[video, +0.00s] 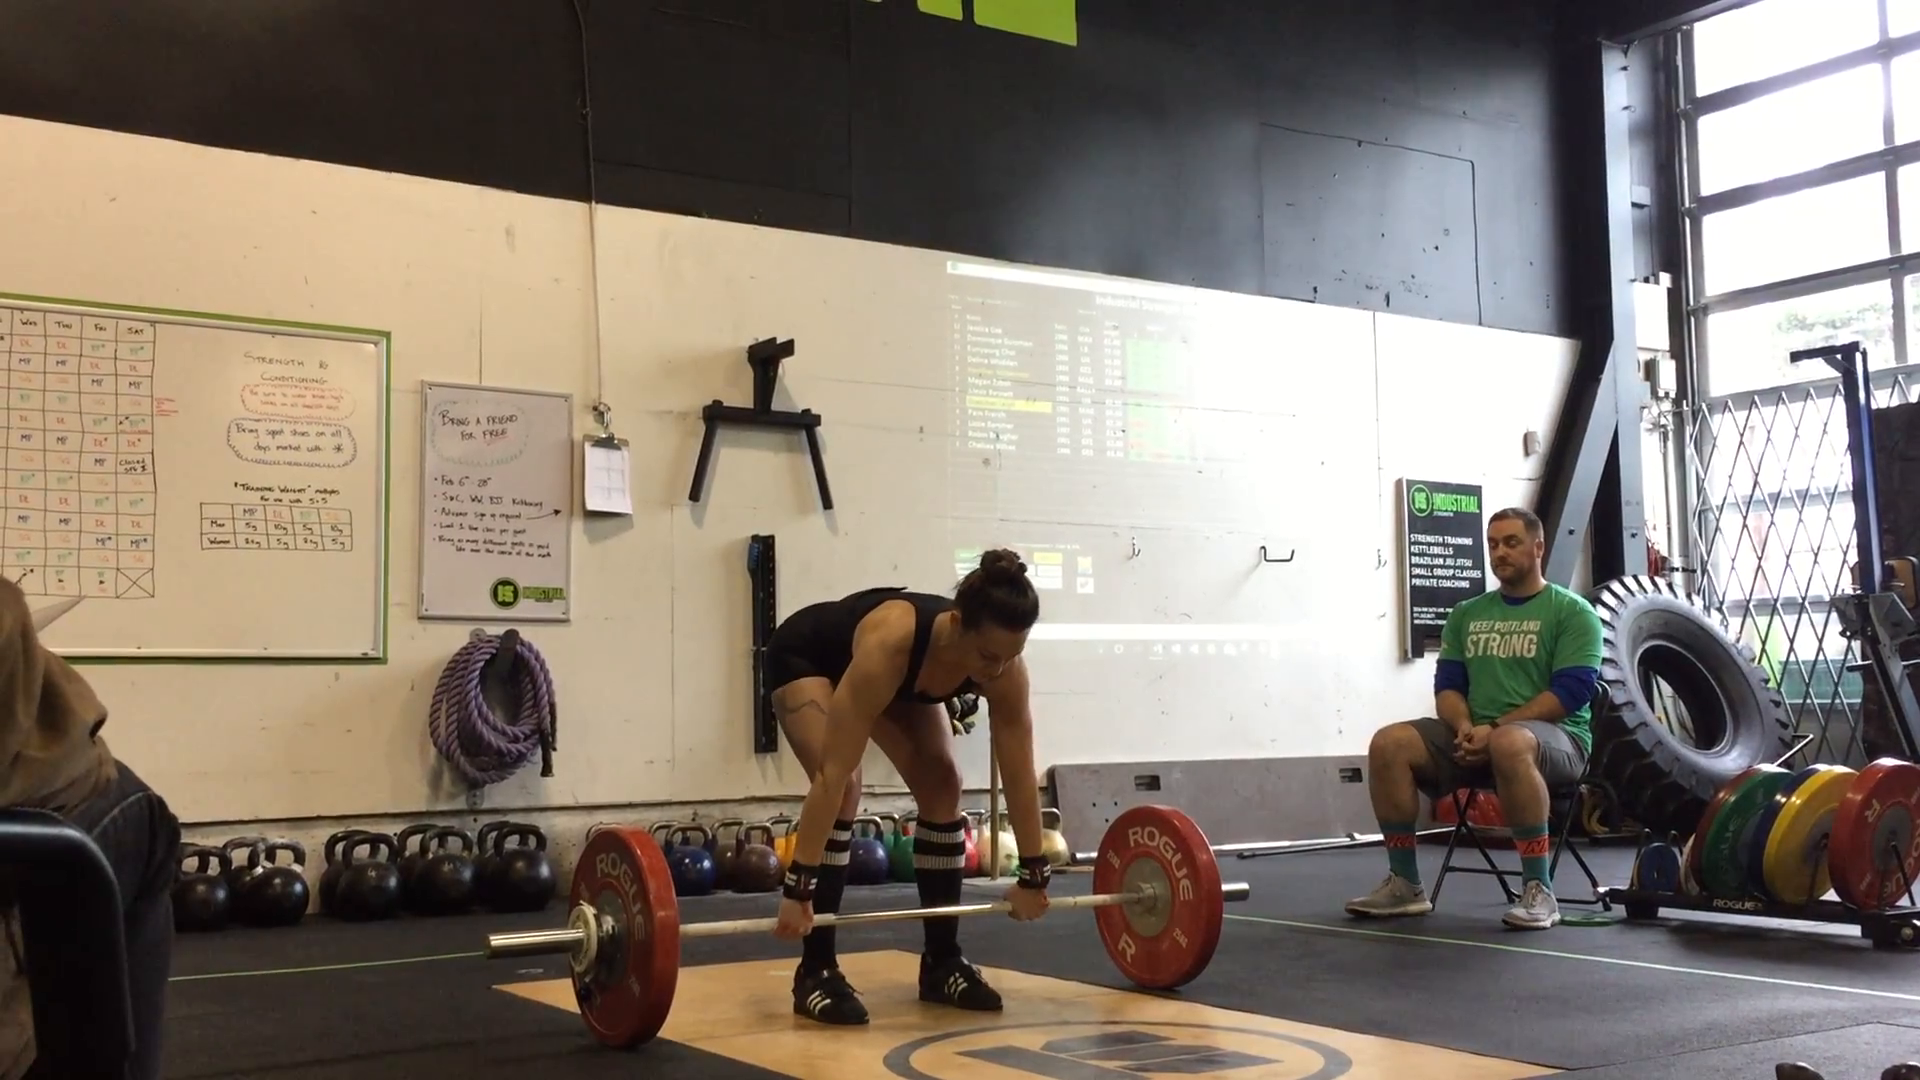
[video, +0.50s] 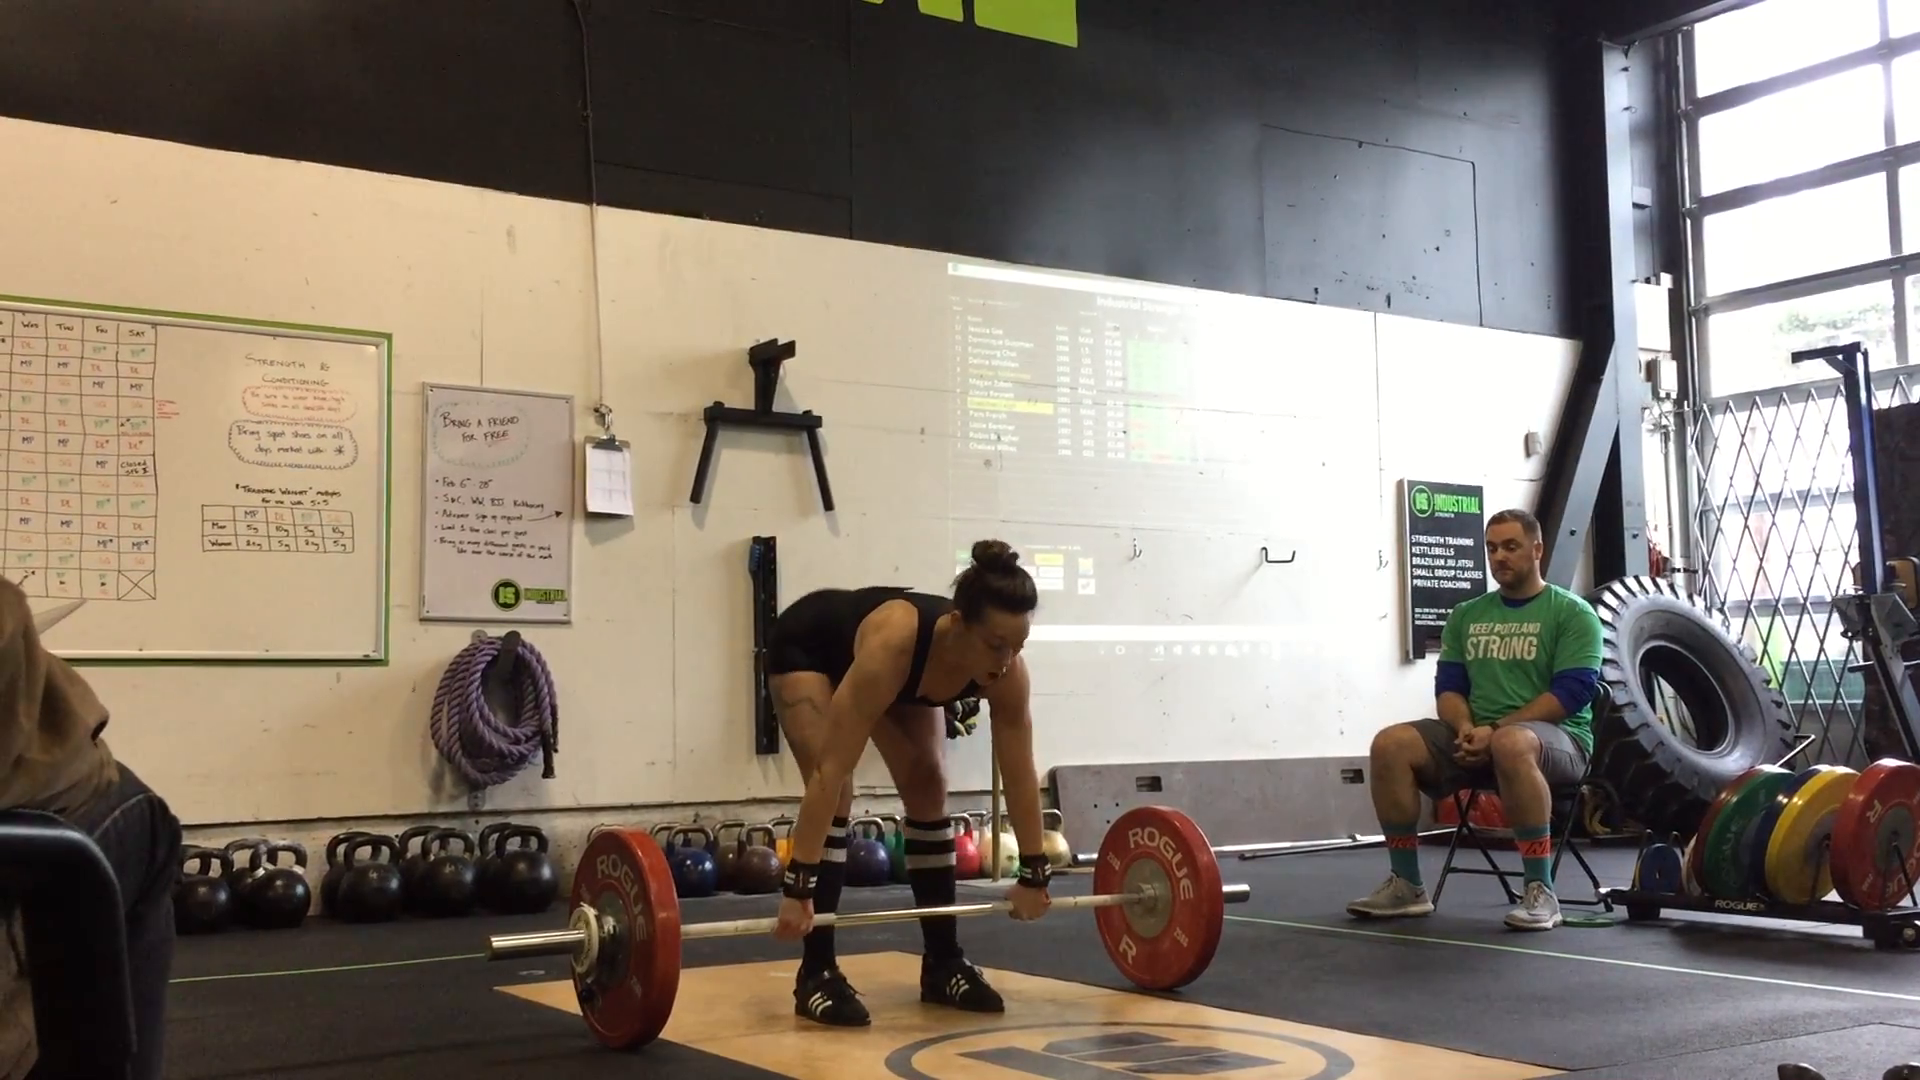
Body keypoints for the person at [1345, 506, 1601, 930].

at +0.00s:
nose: (1499, 552)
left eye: (1511, 542)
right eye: (1493, 544)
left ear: (1538, 548)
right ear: (1487, 551)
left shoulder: (1573, 612)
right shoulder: (1466, 614)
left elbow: (1572, 692)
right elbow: (1448, 686)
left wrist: (1497, 730)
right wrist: (1463, 724)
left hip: (1554, 737)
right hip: (1475, 737)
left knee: (1509, 743)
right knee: (1388, 744)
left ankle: (1537, 892)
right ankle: (1405, 884)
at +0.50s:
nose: (1499, 556)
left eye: (1510, 547)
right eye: (1492, 548)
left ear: (1538, 551)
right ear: (1486, 554)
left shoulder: (1573, 613)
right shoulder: (1465, 615)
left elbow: (1571, 694)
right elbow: (1449, 688)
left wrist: (1497, 732)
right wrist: (1464, 726)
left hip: (1556, 738)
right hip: (1477, 738)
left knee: (1511, 743)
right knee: (1390, 745)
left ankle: (1539, 893)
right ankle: (1407, 886)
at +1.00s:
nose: (1503, 555)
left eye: (1514, 545)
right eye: (1497, 546)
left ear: (1542, 549)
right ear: (1491, 552)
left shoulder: (1577, 612)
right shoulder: (1470, 615)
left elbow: (1577, 693)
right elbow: (1454, 688)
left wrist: (1502, 731)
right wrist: (1469, 724)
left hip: (1561, 736)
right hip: (1482, 736)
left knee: (1516, 742)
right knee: (1394, 744)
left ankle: (1544, 892)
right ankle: (1412, 885)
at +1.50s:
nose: (1502, 558)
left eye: (1513, 548)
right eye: (1495, 550)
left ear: (1541, 552)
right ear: (1489, 556)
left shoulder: (1577, 617)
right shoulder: (1469, 619)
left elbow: (1575, 698)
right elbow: (1452, 692)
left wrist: (1501, 735)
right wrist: (1467, 728)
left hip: (1559, 742)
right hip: (1480, 741)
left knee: (1514, 746)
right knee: (1392, 748)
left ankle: (1542, 896)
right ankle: (1410, 889)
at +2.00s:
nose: (1499, 562)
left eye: (1510, 552)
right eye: (1492, 553)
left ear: (1538, 557)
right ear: (1487, 560)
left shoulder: (1573, 621)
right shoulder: (1466, 624)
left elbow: (1572, 701)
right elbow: (1448, 697)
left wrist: (1497, 739)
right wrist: (1464, 733)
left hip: (1555, 746)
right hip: (1475, 745)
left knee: (1511, 751)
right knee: (1388, 753)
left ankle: (1538, 901)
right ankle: (1406, 894)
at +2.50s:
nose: (1498, 561)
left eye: (1510, 552)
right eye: (1492, 553)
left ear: (1537, 556)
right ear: (1487, 560)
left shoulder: (1572, 621)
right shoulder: (1465, 624)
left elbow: (1571, 702)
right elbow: (1447, 698)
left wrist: (1497, 740)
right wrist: (1463, 733)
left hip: (1555, 746)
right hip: (1475, 746)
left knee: (1511, 752)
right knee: (1388, 754)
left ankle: (1537, 902)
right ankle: (1405, 894)